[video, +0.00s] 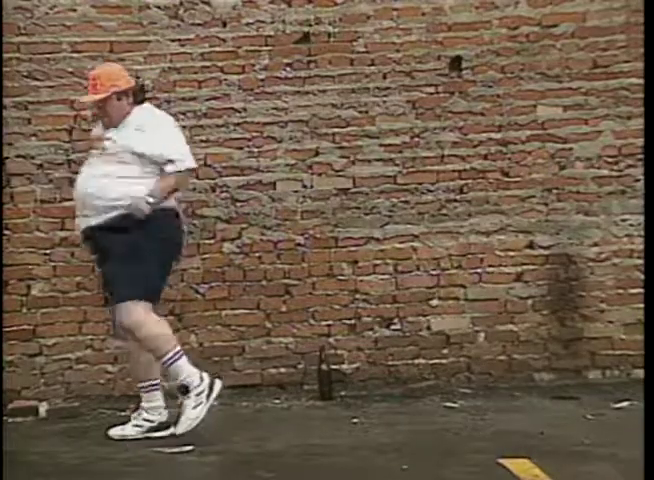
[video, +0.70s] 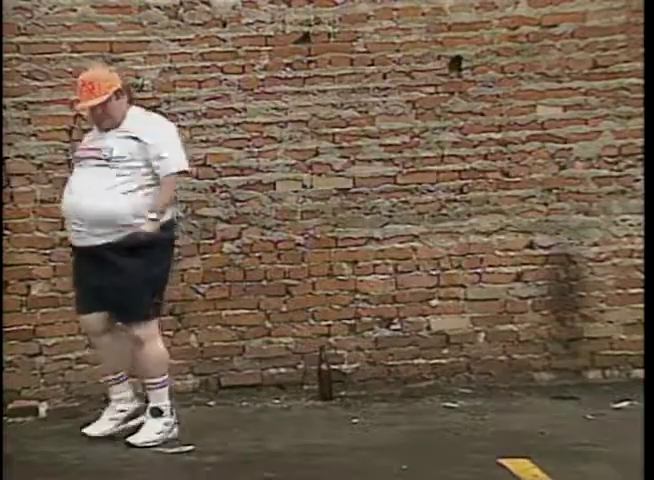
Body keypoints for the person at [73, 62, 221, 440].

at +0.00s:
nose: (96, 108)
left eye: (102, 101)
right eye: (94, 102)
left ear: (125, 97)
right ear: (102, 101)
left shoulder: (151, 121)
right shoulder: (109, 132)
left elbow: (183, 170)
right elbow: (114, 178)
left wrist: (153, 197)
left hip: (145, 225)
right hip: (113, 231)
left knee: (132, 314)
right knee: (126, 324)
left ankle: (196, 383)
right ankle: (153, 410)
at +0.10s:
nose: (97, 119)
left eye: (102, 111)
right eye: (95, 112)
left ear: (124, 107)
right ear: (103, 112)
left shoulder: (149, 133)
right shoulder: (109, 146)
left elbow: (171, 182)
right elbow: (104, 184)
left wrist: (124, 182)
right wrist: (74, 181)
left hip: (149, 238)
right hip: (112, 248)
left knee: (126, 318)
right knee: (119, 331)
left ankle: (194, 384)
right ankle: (152, 412)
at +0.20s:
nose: (87, 117)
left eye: (91, 109)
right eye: (85, 111)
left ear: (113, 103)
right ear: (100, 107)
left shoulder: (139, 130)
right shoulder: (104, 142)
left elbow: (150, 174)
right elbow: (90, 187)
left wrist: (96, 163)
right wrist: (47, 174)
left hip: (155, 239)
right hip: (117, 247)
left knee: (134, 320)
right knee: (123, 328)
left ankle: (175, 401)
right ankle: (151, 406)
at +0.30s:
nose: (76, 119)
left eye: (81, 110)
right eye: (74, 112)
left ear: (103, 106)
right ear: (90, 110)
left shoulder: (123, 129)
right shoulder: (97, 149)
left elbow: (112, 168)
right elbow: (73, 188)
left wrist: (57, 167)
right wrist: (27, 187)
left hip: (161, 240)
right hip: (133, 249)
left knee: (147, 329)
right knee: (137, 329)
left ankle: (161, 416)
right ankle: (151, 409)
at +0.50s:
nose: (84, 132)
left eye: (90, 124)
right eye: (80, 126)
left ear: (112, 119)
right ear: (79, 126)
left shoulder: (130, 142)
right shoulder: (95, 156)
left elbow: (101, 181)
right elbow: (79, 188)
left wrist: (73, 197)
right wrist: (67, 208)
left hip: (158, 254)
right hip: (122, 259)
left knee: (143, 337)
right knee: (121, 336)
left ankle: (164, 417)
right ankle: (150, 409)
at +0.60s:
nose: (91, 124)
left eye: (96, 115)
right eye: (86, 118)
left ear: (117, 105)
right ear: (84, 115)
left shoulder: (142, 134)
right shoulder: (98, 144)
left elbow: (144, 177)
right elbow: (95, 185)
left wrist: (107, 212)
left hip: (150, 247)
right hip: (108, 251)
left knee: (144, 333)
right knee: (100, 328)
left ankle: (164, 417)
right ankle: (142, 397)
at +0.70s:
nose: (95, 116)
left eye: (100, 106)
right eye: (89, 109)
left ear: (120, 96)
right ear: (85, 107)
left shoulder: (154, 128)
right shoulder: (93, 134)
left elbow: (172, 179)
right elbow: (92, 182)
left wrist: (153, 217)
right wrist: (81, 221)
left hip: (137, 242)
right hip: (91, 245)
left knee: (142, 329)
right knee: (95, 323)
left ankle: (162, 414)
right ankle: (123, 403)